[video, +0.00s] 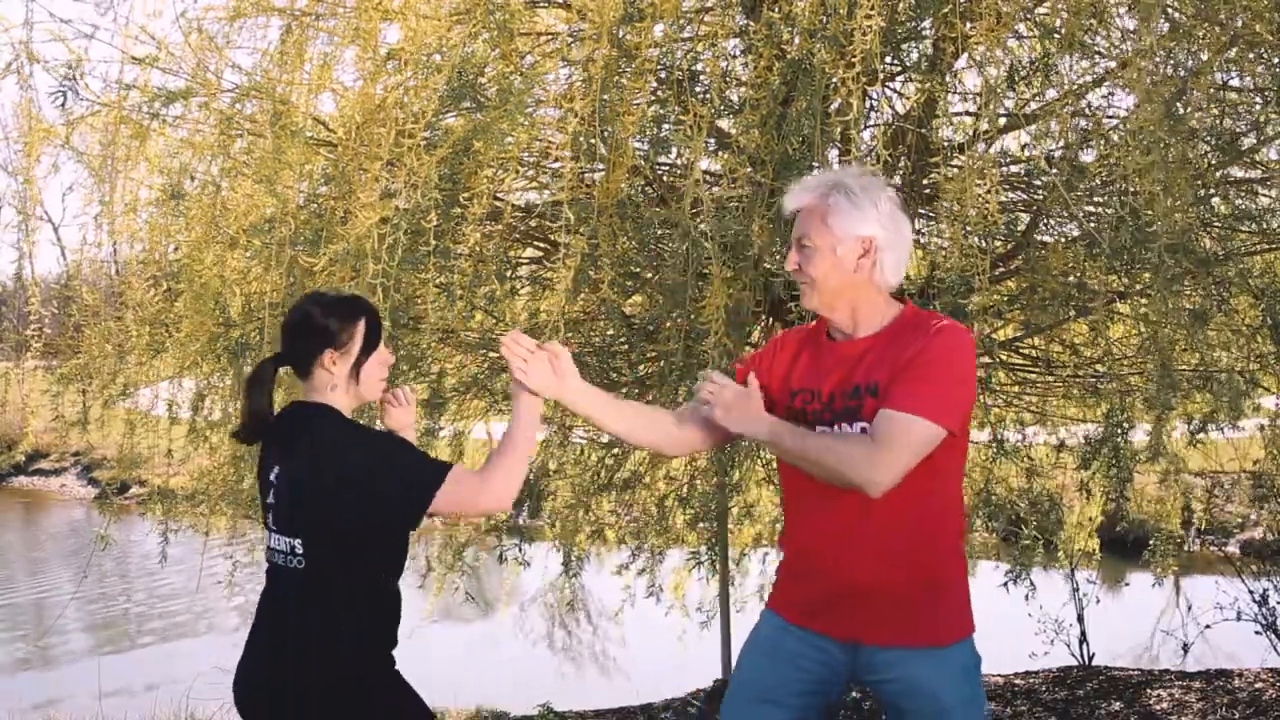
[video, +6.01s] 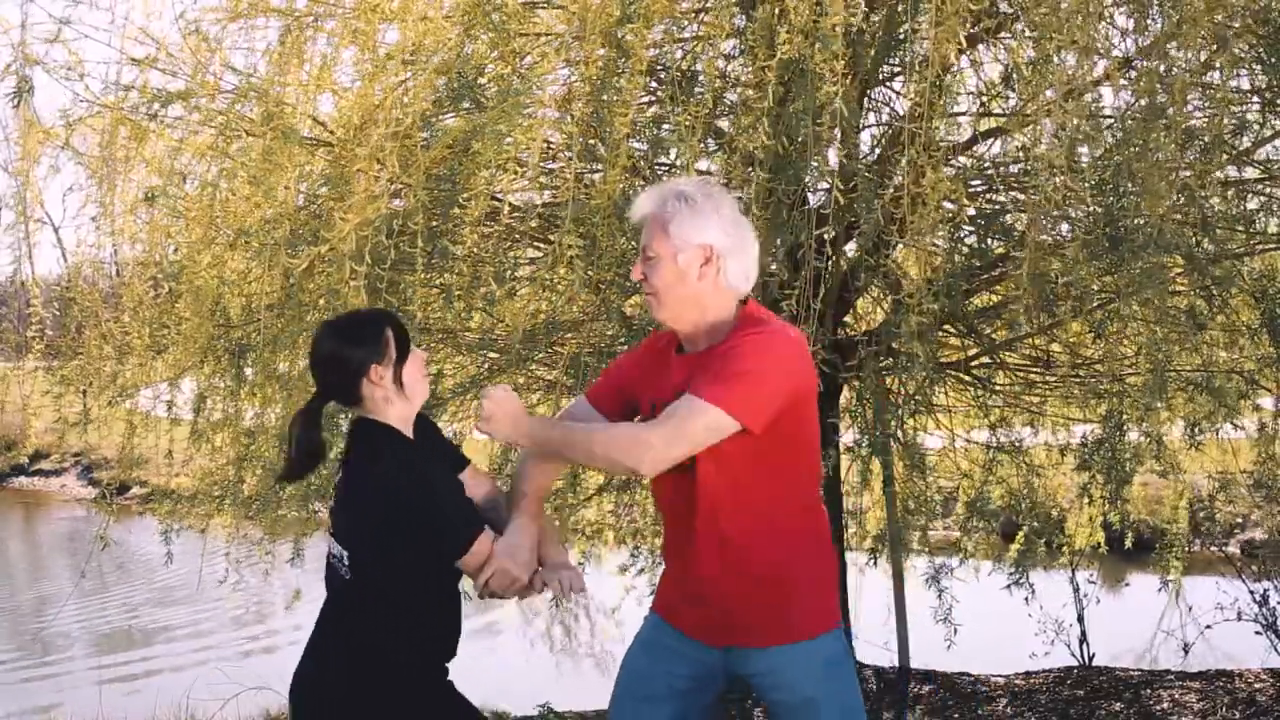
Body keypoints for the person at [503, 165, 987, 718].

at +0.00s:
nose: (790, 264)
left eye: (805, 247)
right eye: (792, 247)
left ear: (863, 253)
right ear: (855, 253)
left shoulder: (940, 344)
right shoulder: (786, 354)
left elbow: (877, 469)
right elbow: (681, 430)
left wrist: (759, 425)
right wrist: (573, 390)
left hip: (922, 640)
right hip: (797, 627)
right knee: (741, 711)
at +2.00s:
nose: (853, 263)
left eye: (875, 250)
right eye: (854, 246)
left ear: (933, 265)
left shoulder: (950, 355)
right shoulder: (837, 347)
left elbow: (820, 470)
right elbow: (793, 475)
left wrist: (736, 454)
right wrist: (862, 513)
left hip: (925, 642)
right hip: (815, 627)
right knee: (761, 709)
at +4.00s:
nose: (836, 265)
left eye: (851, 248)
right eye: (836, 249)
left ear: (910, 255)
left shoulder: (978, 351)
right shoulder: (825, 350)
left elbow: (894, 464)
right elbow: (719, 419)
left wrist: (778, 436)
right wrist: (628, 358)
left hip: (947, 638)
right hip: (827, 625)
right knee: (779, 712)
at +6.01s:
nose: (636, 274)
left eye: (650, 257)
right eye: (640, 259)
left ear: (706, 262)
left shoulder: (773, 349)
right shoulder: (654, 357)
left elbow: (648, 452)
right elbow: (554, 440)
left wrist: (525, 429)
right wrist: (523, 528)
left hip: (795, 634)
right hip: (680, 627)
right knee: (631, 711)